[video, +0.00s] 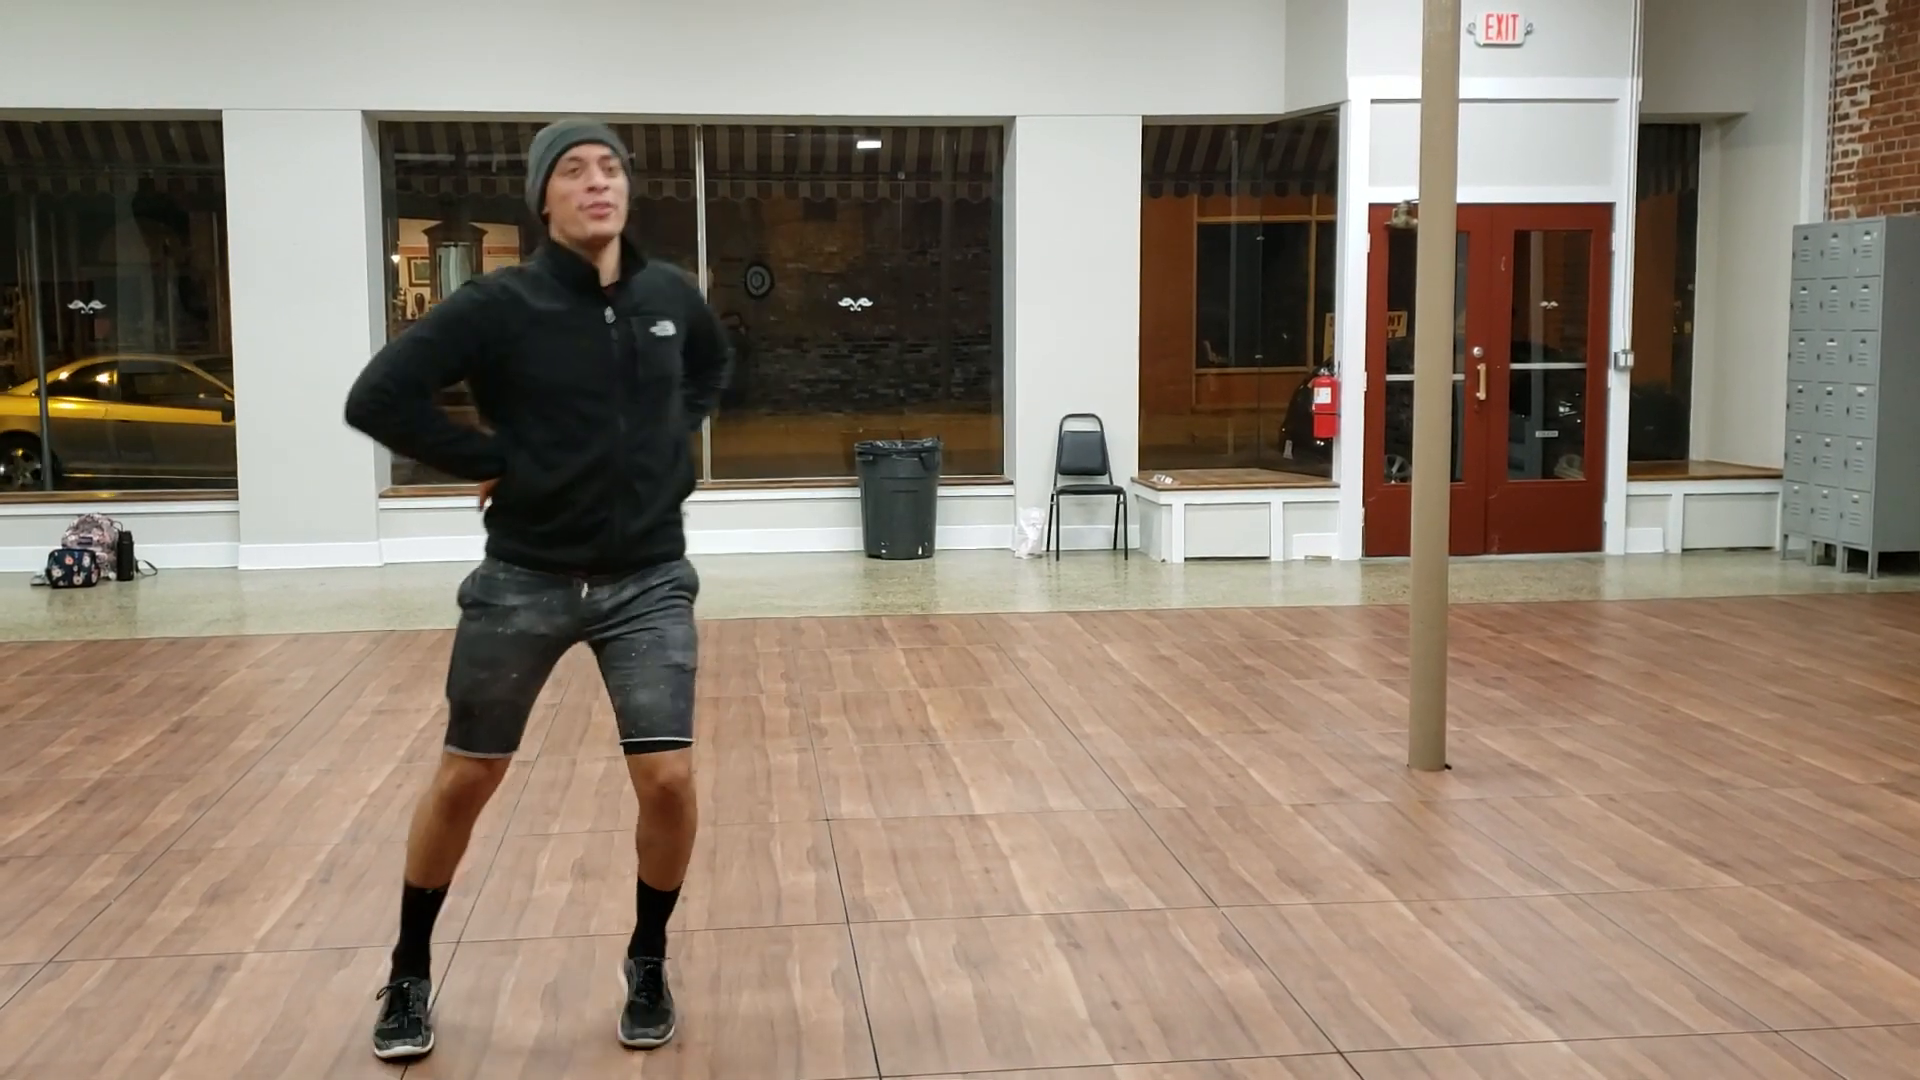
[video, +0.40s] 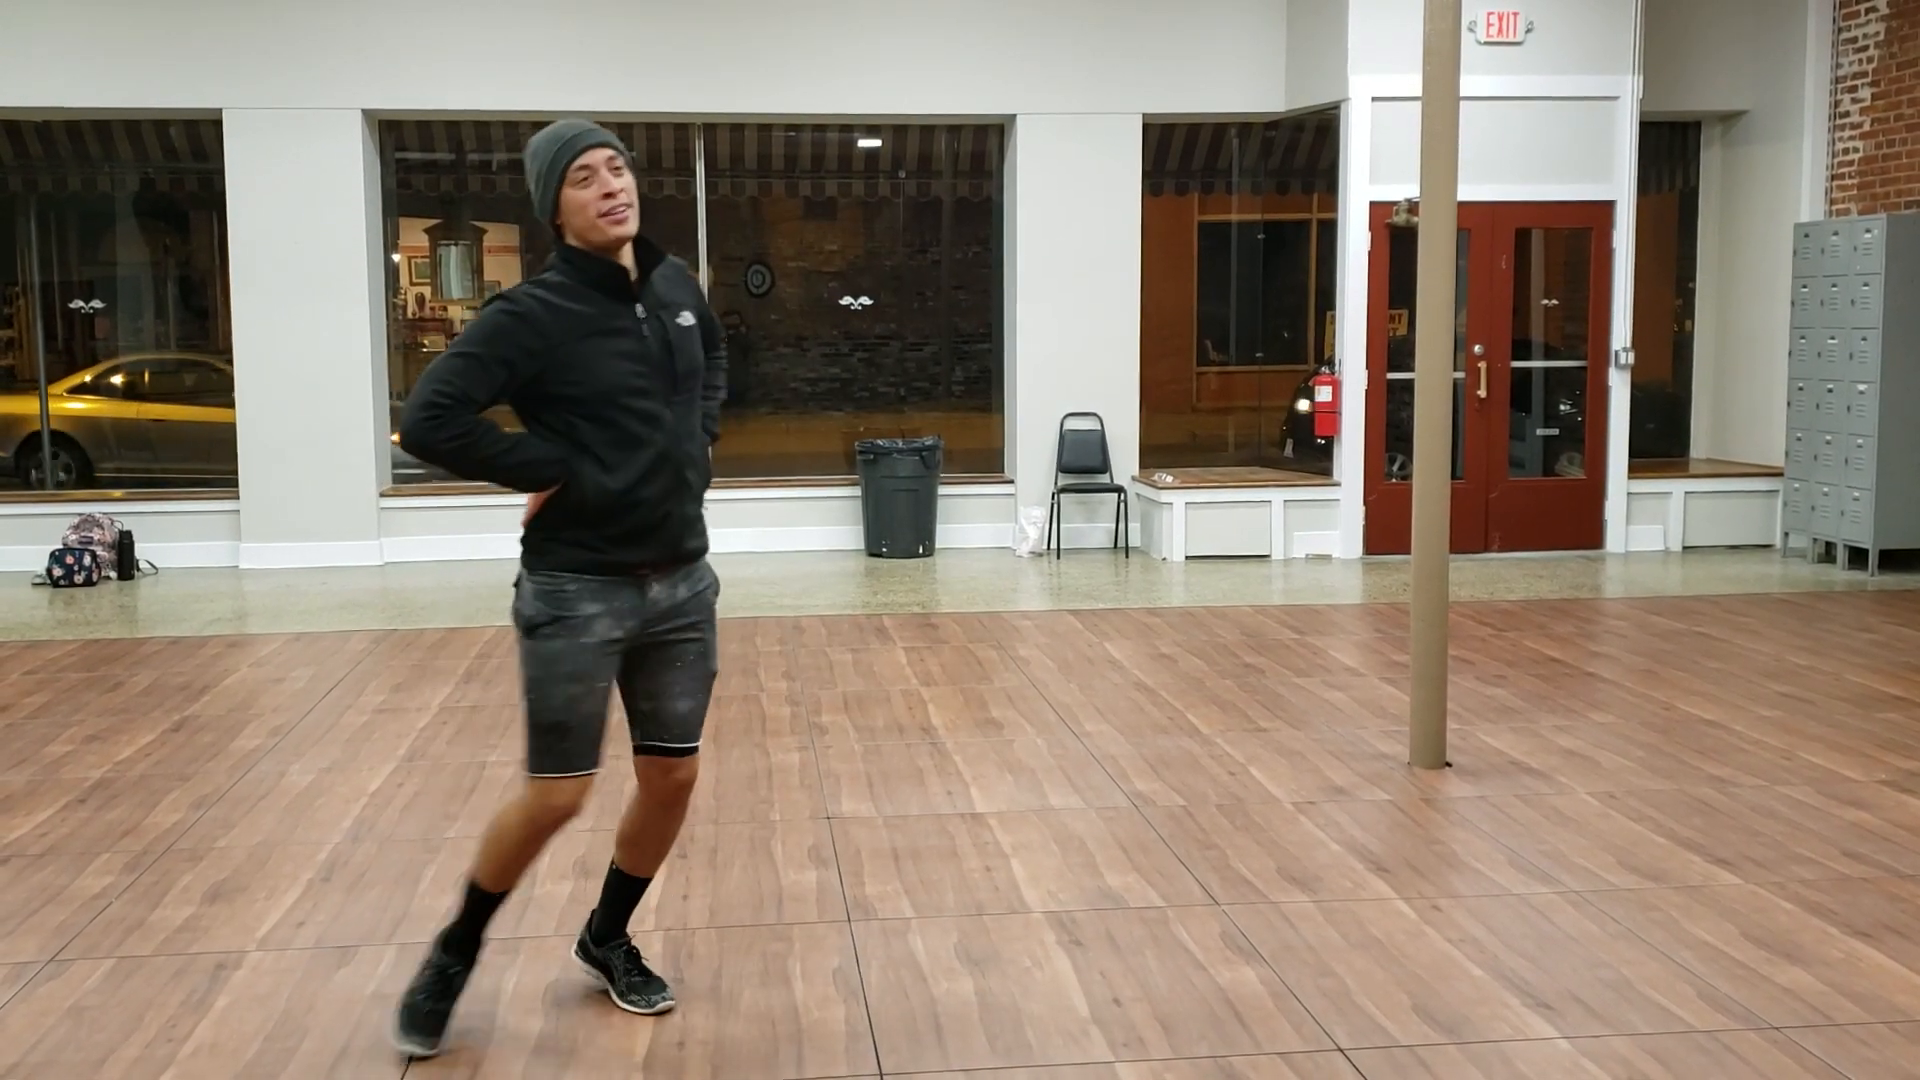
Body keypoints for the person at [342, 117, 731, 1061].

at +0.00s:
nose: (596, 183)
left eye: (609, 170)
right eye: (574, 172)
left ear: (630, 194)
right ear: (542, 202)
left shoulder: (674, 295)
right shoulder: (497, 306)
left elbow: (709, 370)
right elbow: (376, 400)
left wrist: (670, 439)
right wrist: (490, 458)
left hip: (648, 580)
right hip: (523, 583)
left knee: (669, 781)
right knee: (466, 777)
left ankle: (649, 959)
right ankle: (408, 972)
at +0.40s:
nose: (613, 187)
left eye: (618, 170)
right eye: (588, 180)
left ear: (637, 186)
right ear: (555, 212)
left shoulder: (675, 284)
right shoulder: (528, 314)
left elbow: (711, 369)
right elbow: (428, 422)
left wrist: (688, 446)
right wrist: (553, 471)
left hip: (678, 578)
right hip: (573, 586)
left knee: (671, 773)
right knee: (558, 789)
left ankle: (606, 935)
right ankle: (456, 951)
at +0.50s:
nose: (649, 179)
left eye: (654, 164)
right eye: (624, 172)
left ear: (673, 183)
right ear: (589, 203)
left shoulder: (706, 290)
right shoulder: (563, 306)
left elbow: (747, 355)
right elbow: (458, 411)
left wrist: (749, 433)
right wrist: (577, 466)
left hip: (696, 570)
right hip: (599, 574)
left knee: (673, 775)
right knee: (647, 780)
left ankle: (606, 935)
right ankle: (563, 930)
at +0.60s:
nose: (688, 183)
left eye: (690, 168)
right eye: (662, 176)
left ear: (705, 186)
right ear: (625, 205)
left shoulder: (733, 302)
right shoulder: (593, 307)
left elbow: (774, 392)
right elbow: (489, 414)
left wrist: (804, 474)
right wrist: (603, 481)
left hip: (717, 572)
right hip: (623, 577)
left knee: (665, 774)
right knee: (709, 776)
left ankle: (596, 936)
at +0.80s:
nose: (750, 199)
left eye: (755, 186)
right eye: (727, 189)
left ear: (766, 205)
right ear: (684, 213)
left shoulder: (782, 314)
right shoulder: (644, 332)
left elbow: (785, 456)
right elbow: (557, 459)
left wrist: (859, 518)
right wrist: (588, 566)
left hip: (794, 593)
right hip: (699, 601)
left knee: (756, 786)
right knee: (778, 814)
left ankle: (629, 908)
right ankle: (835, 1012)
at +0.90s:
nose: (772, 194)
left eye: (779, 182)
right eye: (750, 181)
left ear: (790, 204)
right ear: (703, 206)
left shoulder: (817, 309)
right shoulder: (662, 329)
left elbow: (832, 434)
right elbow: (590, 454)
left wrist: (892, 471)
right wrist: (534, 547)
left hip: (827, 596)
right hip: (716, 604)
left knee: (842, 816)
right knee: (781, 822)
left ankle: (720, 875)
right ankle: (835, 1012)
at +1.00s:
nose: (783, 185)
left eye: (794, 174)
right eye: (762, 172)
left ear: (807, 202)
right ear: (717, 201)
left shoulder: (848, 296)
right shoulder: (671, 323)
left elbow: (895, 410)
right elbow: (596, 440)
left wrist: (971, 447)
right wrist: (494, 501)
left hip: (853, 596)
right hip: (731, 605)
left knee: (900, 806)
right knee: (785, 822)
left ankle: (843, 902)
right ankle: (835, 1014)